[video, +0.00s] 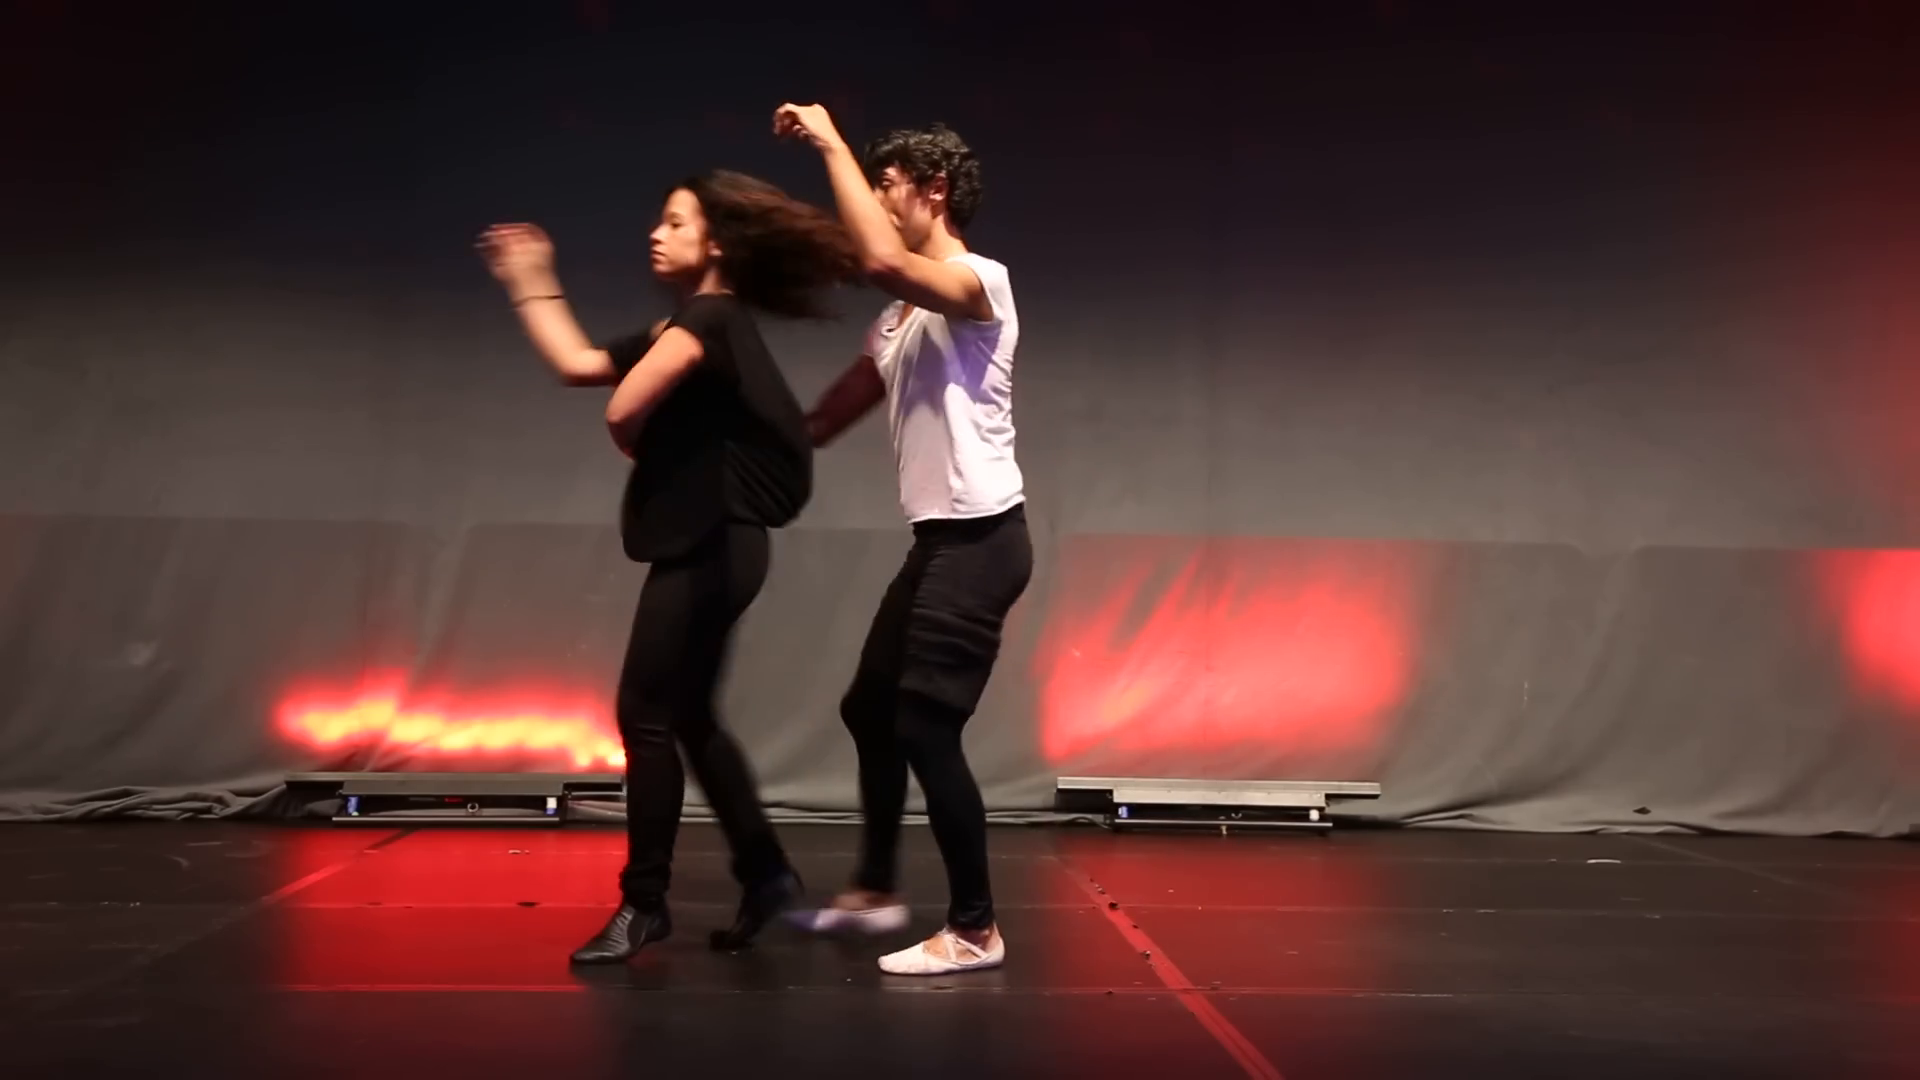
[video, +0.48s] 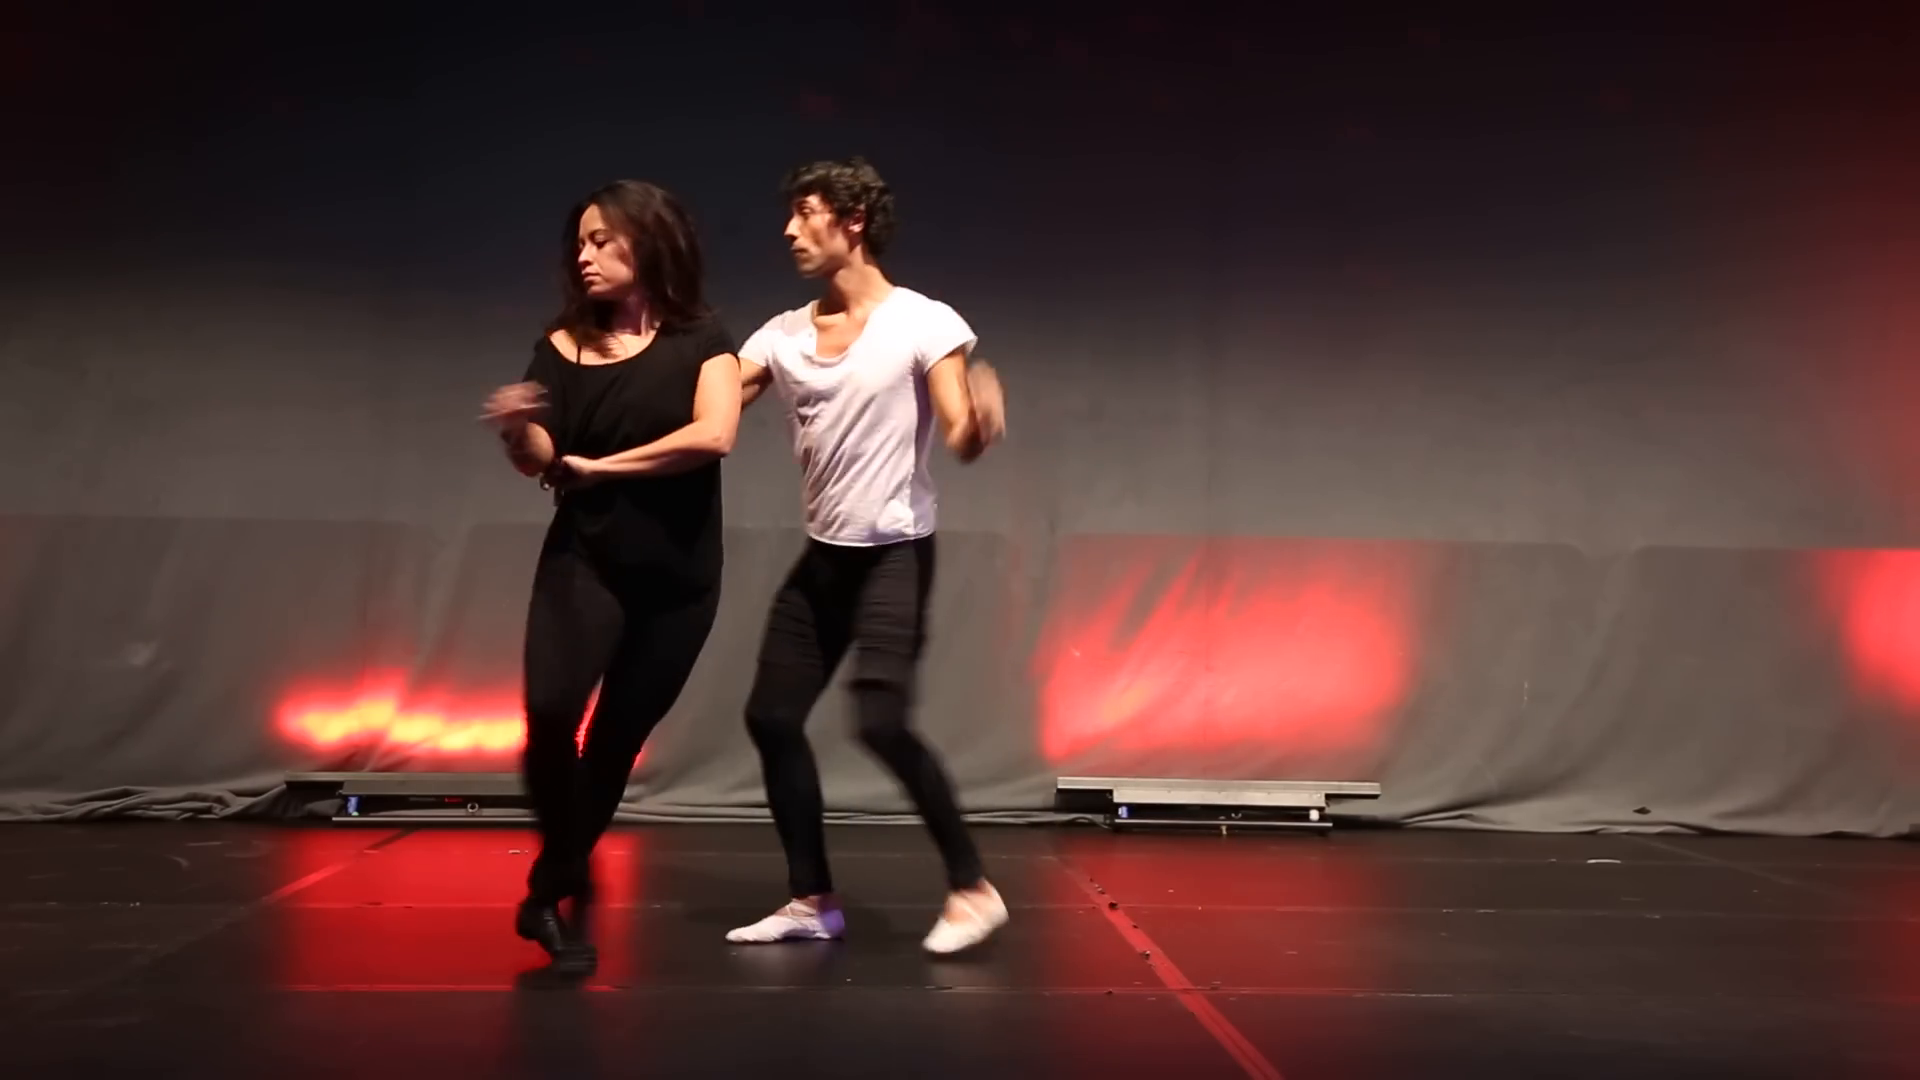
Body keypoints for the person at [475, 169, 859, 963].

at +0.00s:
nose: (657, 235)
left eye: (674, 223)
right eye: (660, 222)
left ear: (718, 244)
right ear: (694, 242)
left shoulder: (707, 319)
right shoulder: (686, 324)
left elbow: (625, 410)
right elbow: (579, 361)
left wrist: (632, 438)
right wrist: (530, 279)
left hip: (705, 547)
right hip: (706, 546)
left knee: (646, 715)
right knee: (689, 715)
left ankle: (644, 906)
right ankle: (769, 883)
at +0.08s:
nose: (636, 230)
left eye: (655, 219)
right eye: (639, 219)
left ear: (701, 235)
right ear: (655, 237)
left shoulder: (714, 318)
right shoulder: (628, 330)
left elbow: (641, 409)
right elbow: (526, 362)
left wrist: (618, 438)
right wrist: (445, 299)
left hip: (706, 554)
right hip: (643, 549)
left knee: (649, 718)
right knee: (625, 711)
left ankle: (632, 905)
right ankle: (714, 862)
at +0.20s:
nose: (612, 236)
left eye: (631, 222)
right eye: (613, 223)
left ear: (679, 236)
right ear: (621, 241)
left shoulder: (714, 331)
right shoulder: (595, 342)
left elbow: (681, 418)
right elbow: (496, 389)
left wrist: (604, 449)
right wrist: (384, 354)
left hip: (687, 566)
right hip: (604, 551)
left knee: (638, 730)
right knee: (555, 713)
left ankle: (605, 901)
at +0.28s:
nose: (599, 240)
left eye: (617, 227)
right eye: (599, 228)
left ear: (666, 239)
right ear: (600, 245)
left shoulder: (712, 335)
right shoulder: (576, 341)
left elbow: (698, 424)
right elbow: (506, 416)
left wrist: (599, 456)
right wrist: (391, 393)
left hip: (681, 571)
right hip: (588, 556)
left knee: (623, 736)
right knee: (524, 710)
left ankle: (579, 897)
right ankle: (520, 876)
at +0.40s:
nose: (588, 250)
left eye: (604, 235)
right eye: (585, 238)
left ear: (652, 242)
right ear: (586, 252)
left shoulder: (707, 340)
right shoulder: (566, 346)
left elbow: (709, 434)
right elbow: (526, 443)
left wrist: (602, 463)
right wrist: (461, 429)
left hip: (674, 575)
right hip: (580, 559)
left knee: (612, 739)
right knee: (528, 717)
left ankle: (555, 899)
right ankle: (520, 894)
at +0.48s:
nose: (586, 254)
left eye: (603, 239)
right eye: (582, 243)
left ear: (649, 246)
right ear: (578, 256)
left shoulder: (703, 343)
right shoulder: (562, 344)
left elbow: (715, 433)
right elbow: (535, 463)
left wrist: (602, 466)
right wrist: (515, 425)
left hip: (676, 579)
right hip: (581, 567)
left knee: (614, 741)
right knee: (548, 722)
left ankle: (548, 896)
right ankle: (570, 892)